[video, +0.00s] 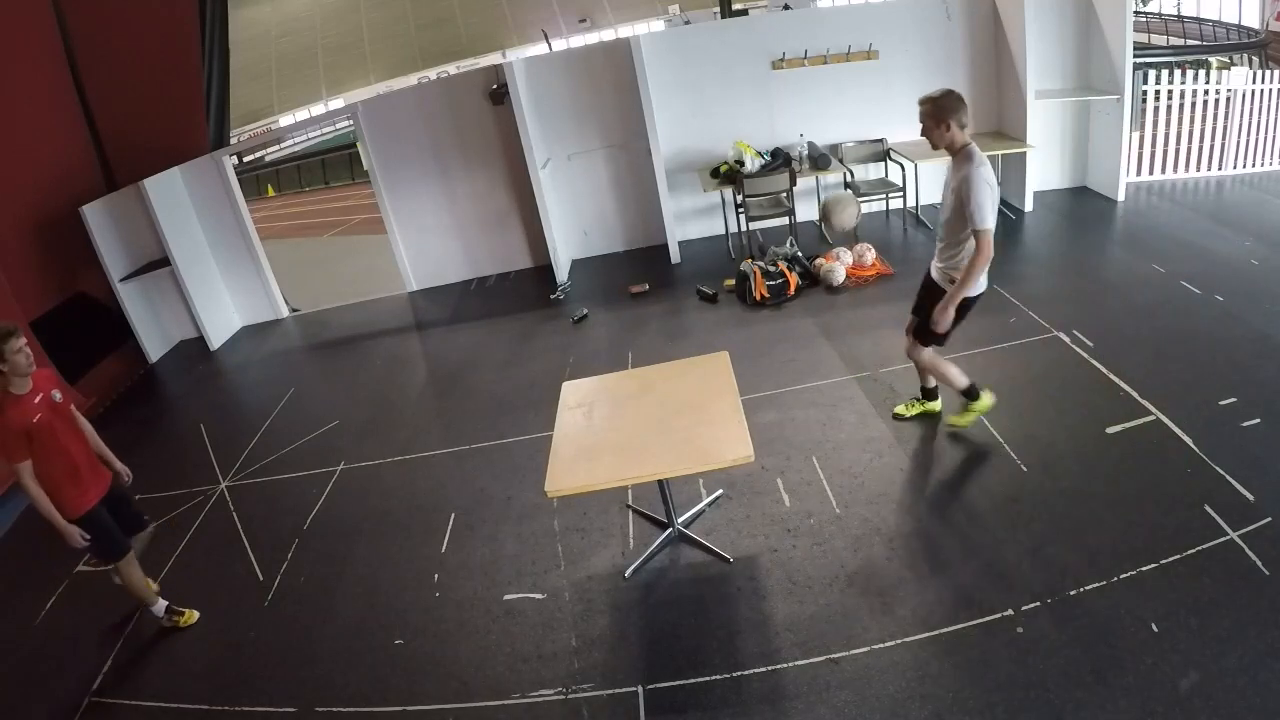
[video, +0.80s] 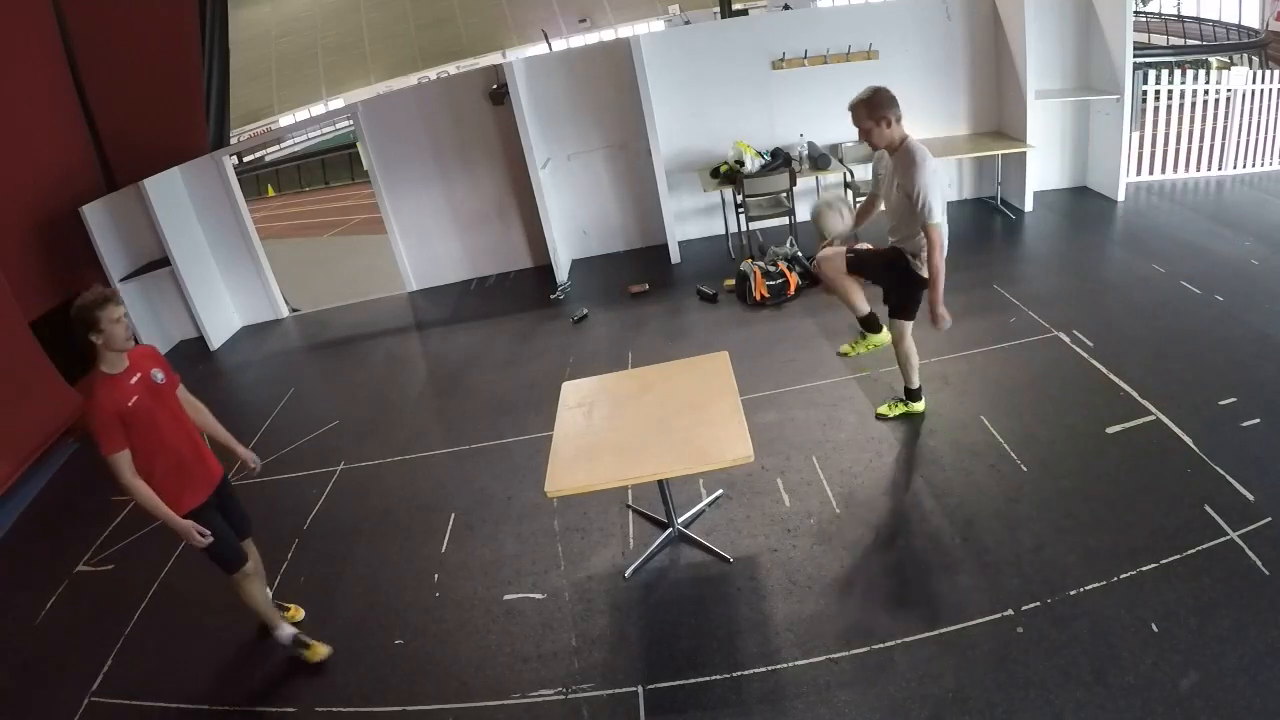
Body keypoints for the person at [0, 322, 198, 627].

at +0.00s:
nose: (28, 353)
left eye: (26, 346)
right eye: (18, 351)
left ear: (30, 347)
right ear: (4, 364)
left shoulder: (47, 377)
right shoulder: (10, 417)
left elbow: (79, 421)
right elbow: (27, 480)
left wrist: (113, 461)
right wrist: (63, 526)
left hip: (101, 477)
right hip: (77, 502)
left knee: (141, 528)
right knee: (122, 555)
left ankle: (123, 572)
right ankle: (163, 611)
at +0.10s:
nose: (36, 351)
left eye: (34, 344)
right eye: (27, 350)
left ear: (37, 344)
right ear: (9, 364)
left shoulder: (53, 375)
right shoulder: (18, 417)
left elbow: (85, 420)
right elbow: (40, 481)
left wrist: (122, 459)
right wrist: (77, 527)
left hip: (110, 478)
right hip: (86, 505)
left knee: (158, 525)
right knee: (126, 558)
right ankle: (162, 611)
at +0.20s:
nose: (48, 350)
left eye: (45, 343)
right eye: (39, 348)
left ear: (47, 344)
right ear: (20, 363)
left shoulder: (65, 376)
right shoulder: (28, 417)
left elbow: (96, 420)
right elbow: (55, 483)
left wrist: (132, 460)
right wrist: (97, 525)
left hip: (124, 478)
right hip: (98, 506)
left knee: (173, 532)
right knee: (130, 563)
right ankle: (162, 611)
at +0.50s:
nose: (94, 338)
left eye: (91, 331)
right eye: (84, 335)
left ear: (88, 335)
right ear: (63, 350)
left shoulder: (112, 370)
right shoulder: (70, 411)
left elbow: (147, 420)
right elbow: (99, 478)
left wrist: (182, 464)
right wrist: (149, 516)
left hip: (175, 480)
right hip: (145, 509)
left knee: (222, 539)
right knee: (175, 570)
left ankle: (267, 604)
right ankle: (168, 604)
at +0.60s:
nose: (106, 331)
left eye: (104, 324)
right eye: (96, 328)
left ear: (106, 326)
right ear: (75, 343)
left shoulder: (125, 364)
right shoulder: (80, 403)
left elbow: (160, 412)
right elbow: (110, 473)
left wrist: (199, 459)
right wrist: (158, 517)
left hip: (188, 475)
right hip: (160, 504)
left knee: (230, 541)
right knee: (207, 568)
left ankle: (266, 604)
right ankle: (190, 601)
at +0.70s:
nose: (117, 326)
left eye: (114, 319)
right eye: (106, 323)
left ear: (116, 322)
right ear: (85, 338)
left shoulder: (135, 359)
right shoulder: (88, 402)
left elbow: (175, 408)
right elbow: (119, 475)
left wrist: (217, 450)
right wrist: (167, 519)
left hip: (200, 474)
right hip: (172, 502)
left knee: (239, 541)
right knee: (226, 564)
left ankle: (267, 606)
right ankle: (235, 617)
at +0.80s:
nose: (128, 324)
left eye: (125, 316)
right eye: (117, 321)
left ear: (127, 316)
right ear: (96, 337)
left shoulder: (148, 356)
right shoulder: (102, 401)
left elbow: (191, 406)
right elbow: (127, 477)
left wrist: (236, 446)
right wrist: (176, 523)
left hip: (212, 476)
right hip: (186, 503)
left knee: (249, 548)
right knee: (243, 567)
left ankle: (268, 608)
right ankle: (285, 633)